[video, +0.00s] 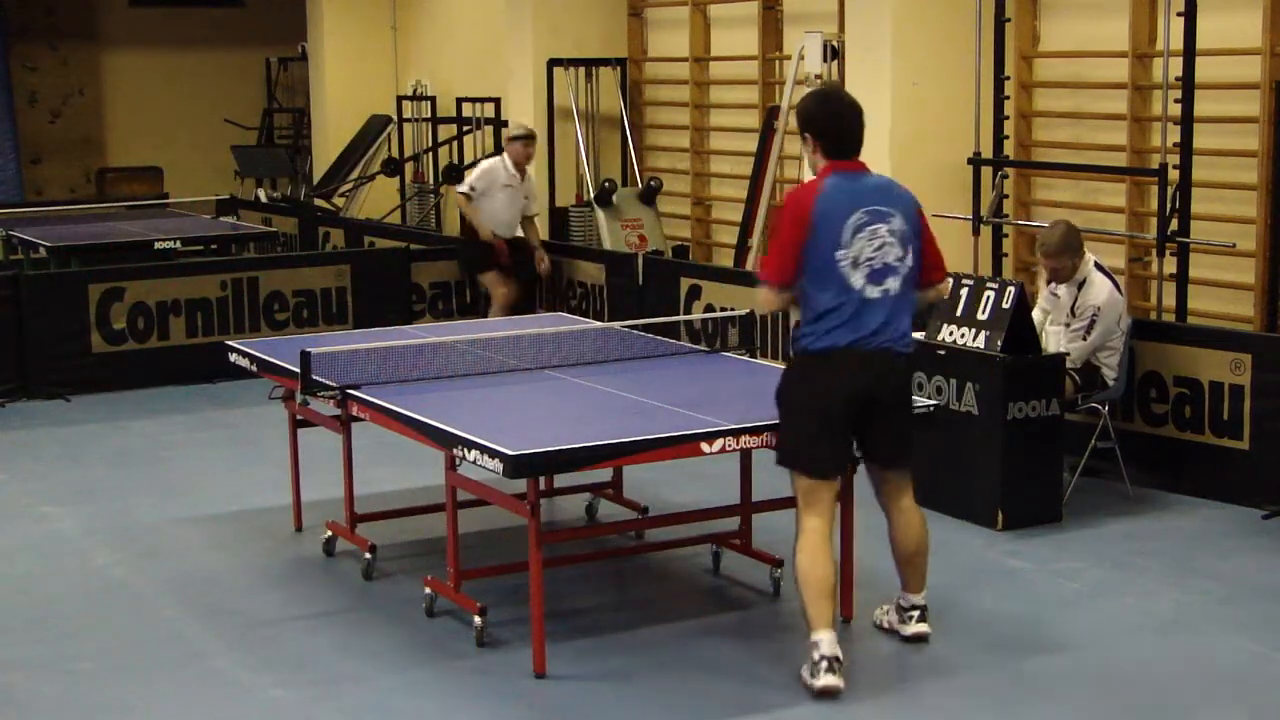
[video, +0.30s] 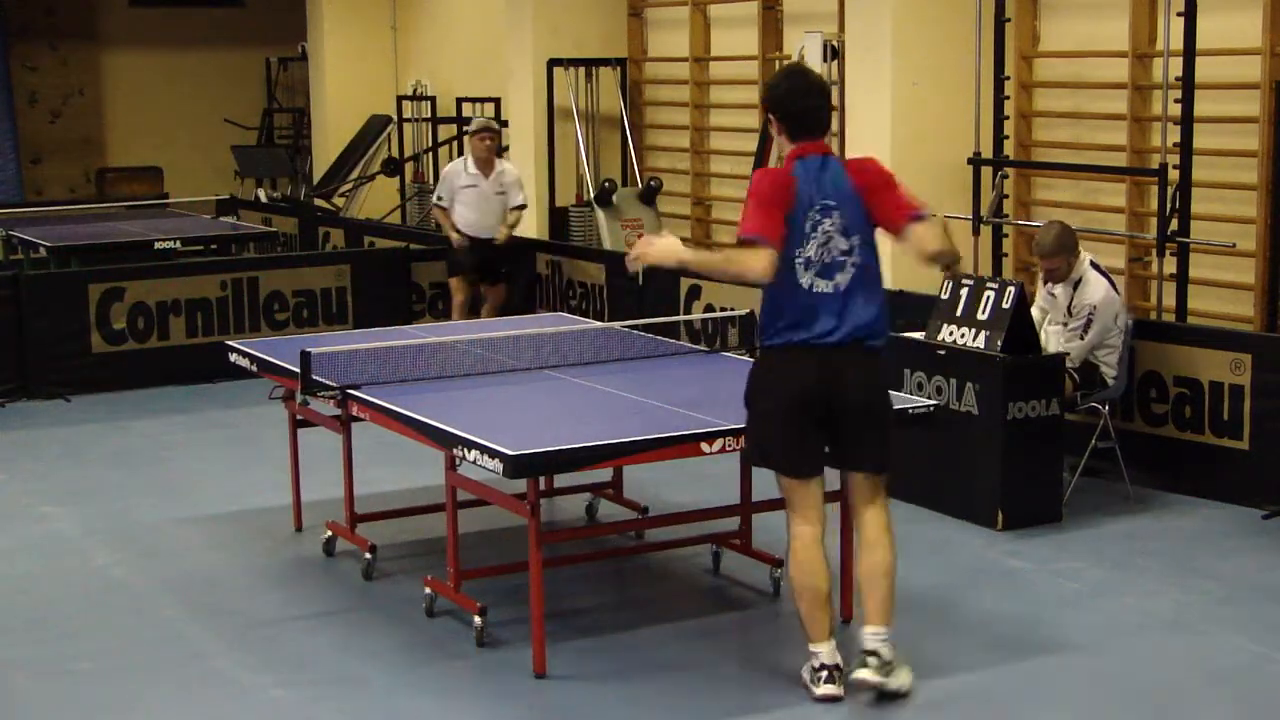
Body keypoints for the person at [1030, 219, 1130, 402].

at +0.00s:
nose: (1049, 275)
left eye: (1056, 270)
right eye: (1046, 268)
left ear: (1077, 261)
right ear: (1042, 258)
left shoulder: (1100, 296)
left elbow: (1071, 358)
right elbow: (1039, 318)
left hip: (1095, 371)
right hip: (1056, 358)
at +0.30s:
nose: (1045, 277)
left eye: (1052, 270)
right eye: (1042, 269)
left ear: (1072, 260)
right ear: (1039, 259)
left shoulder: (1096, 296)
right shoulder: (1050, 272)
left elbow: (1071, 357)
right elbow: (1036, 318)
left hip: (1096, 370)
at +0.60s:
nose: (1040, 282)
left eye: (1046, 276)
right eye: (1037, 275)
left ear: (1067, 261)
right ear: (1033, 265)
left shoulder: (1093, 297)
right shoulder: (1058, 273)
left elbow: (1075, 353)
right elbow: (1041, 316)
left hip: (1106, 366)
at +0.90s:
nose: (1041, 277)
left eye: (1048, 271)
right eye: (1039, 270)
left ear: (1070, 259)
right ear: (1035, 261)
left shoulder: (1096, 294)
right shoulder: (1058, 269)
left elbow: (1076, 350)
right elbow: (1046, 314)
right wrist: (1017, 335)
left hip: (1105, 366)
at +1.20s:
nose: (1031, 257)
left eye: (1035, 251)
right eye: (1031, 250)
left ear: (1059, 252)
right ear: (1059, 253)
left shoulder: (1099, 291)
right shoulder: (1059, 270)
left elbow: (1075, 351)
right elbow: (1042, 318)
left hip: (1102, 369)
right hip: (1070, 355)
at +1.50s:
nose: (1044, 246)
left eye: (1051, 238)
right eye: (1043, 238)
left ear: (1076, 238)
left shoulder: (1103, 282)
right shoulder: (1058, 268)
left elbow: (1079, 348)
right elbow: (1043, 318)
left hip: (1096, 373)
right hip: (1060, 360)